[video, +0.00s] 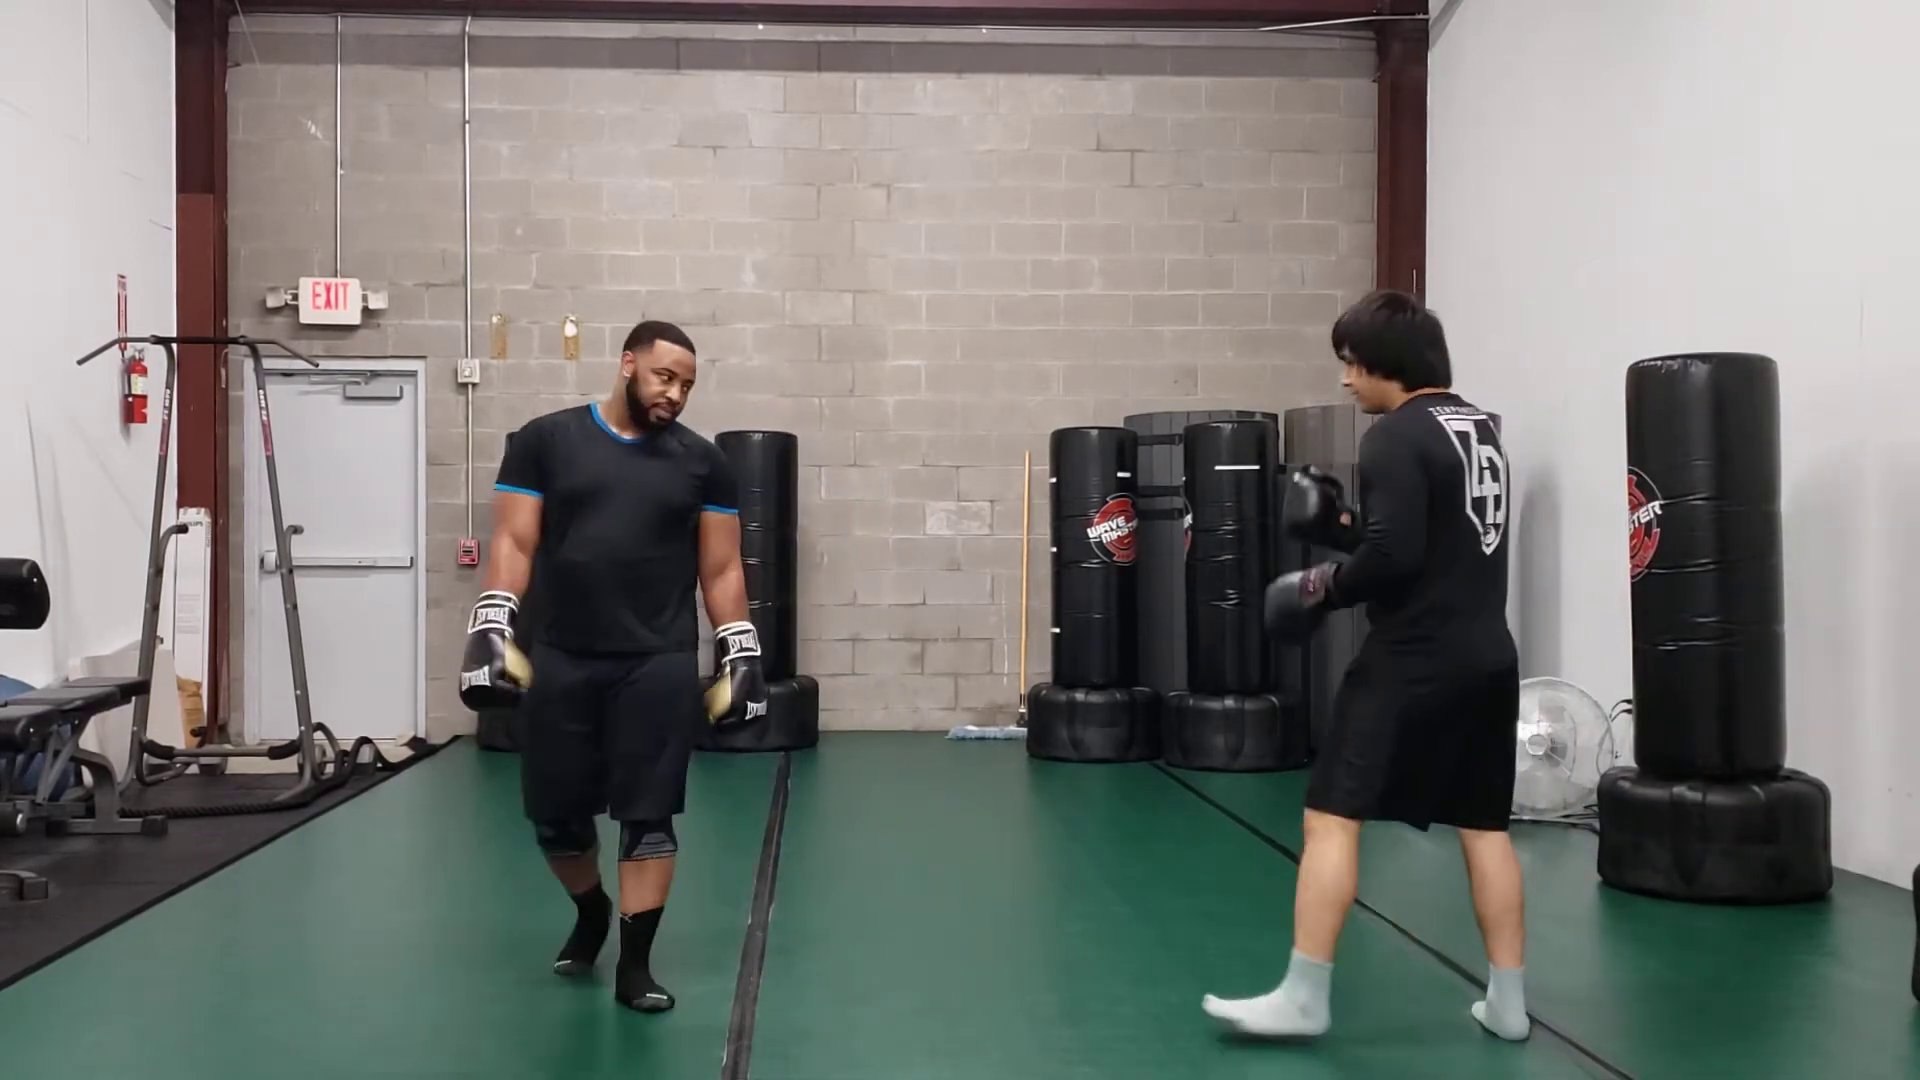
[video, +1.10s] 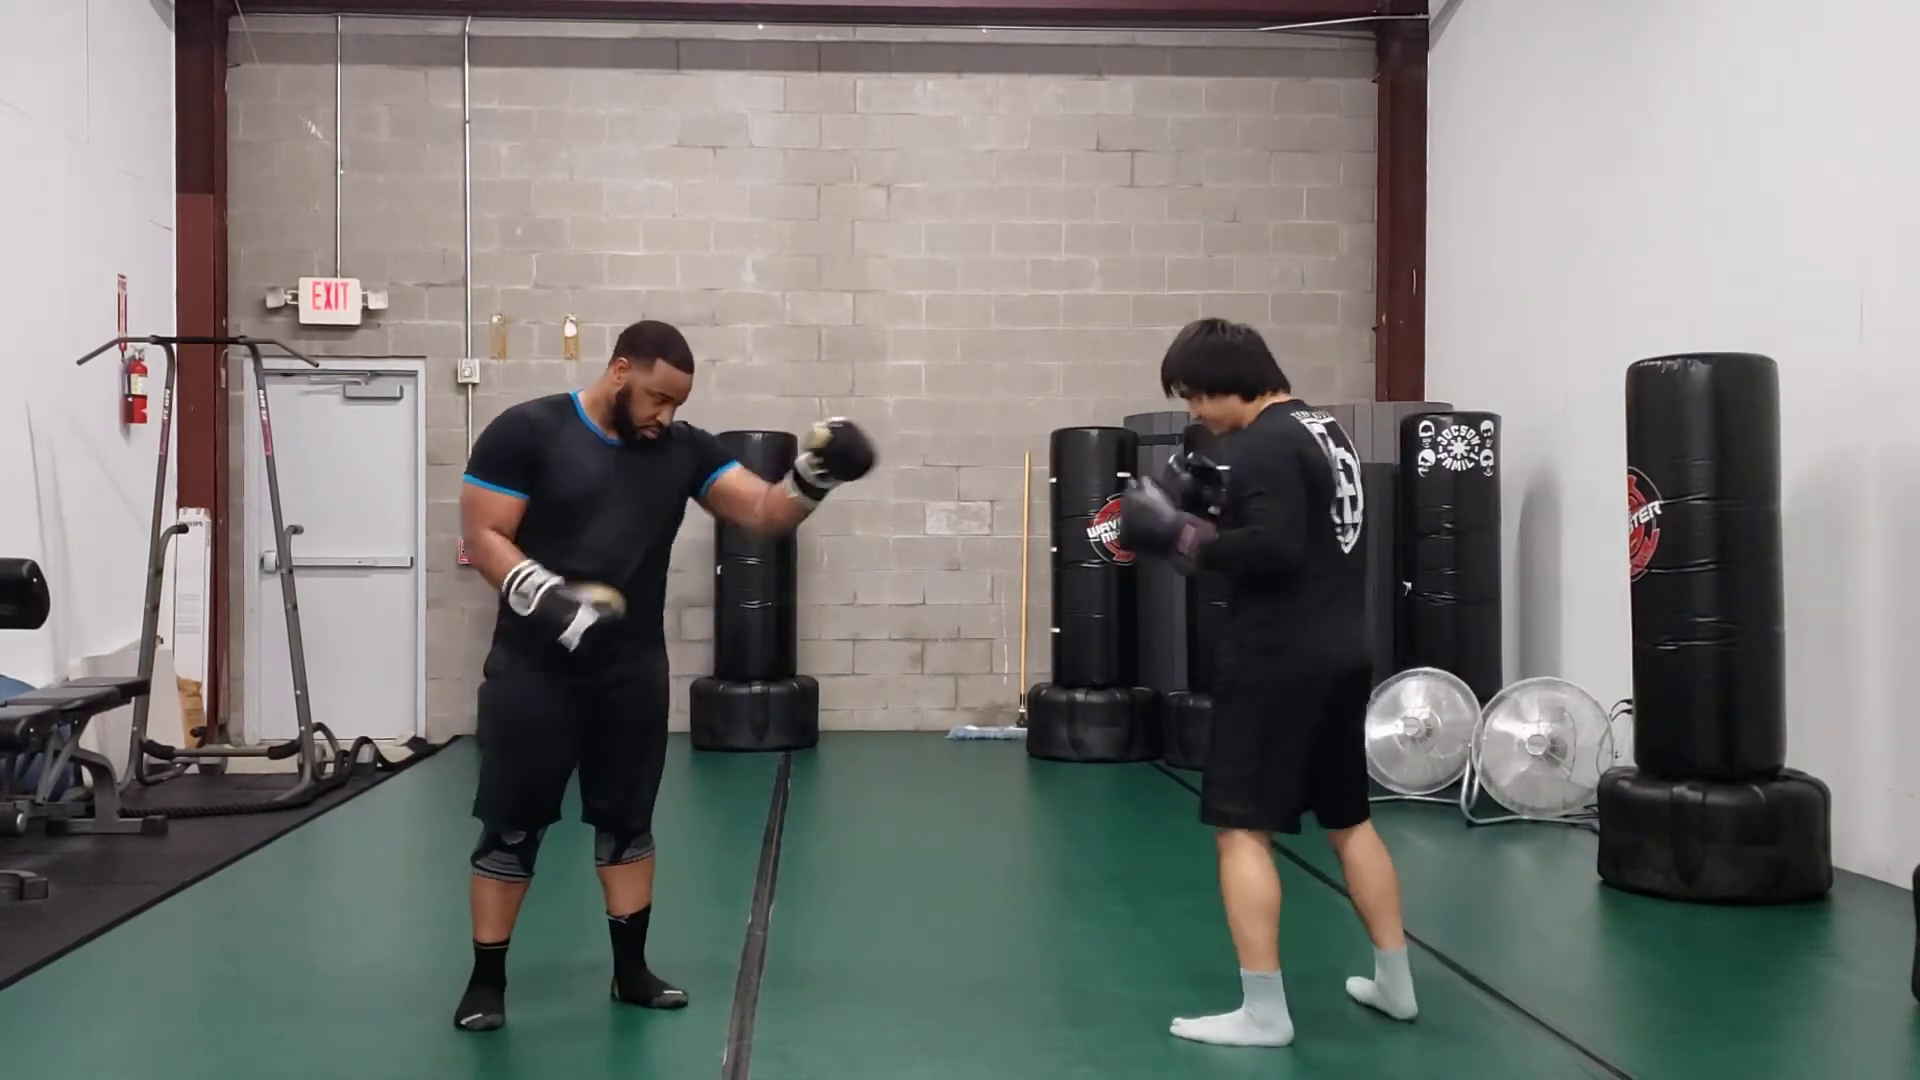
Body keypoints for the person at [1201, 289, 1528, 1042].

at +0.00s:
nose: (1345, 379)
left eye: (1351, 364)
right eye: (1344, 364)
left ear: (1388, 367)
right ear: (1421, 361)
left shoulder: (1396, 437)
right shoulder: (1481, 425)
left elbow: (1392, 556)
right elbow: (1443, 545)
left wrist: (1322, 586)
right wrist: (1344, 526)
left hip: (1407, 665)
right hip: (1486, 660)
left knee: (1331, 814)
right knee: (1485, 824)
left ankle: (1302, 997)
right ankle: (1509, 1004)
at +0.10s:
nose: (1323, 390)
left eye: (1327, 377)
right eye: (1321, 376)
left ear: (1360, 373)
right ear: (1398, 364)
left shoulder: (1377, 439)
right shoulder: (1468, 428)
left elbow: (1361, 552)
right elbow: (1406, 531)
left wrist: (1282, 565)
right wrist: (1324, 480)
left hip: (1389, 666)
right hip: (1472, 664)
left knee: (1320, 821)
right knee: (1477, 823)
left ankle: (1274, 999)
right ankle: (1507, 1002)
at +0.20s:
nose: (1296, 396)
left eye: (1299, 383)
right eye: (1295, 383)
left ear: (1331, 381)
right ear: (1372, 370)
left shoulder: (1342, 446)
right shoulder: (1439, 431)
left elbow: (1296, 544)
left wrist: (1210, 523)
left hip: (1361, 673)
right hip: (1446, 670)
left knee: (1307, 837)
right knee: (1461, 828)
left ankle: (1268, 1012)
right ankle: (1504, 1002)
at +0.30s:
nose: (1270, 392)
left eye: (1273, 380)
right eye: (1268, 379)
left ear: (1303, 381)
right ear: (1352, 368)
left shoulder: (1307, 446)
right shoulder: (1412, 431)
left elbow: (1210, 514)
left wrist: (1136, 488)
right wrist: (1300, 410)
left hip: (1324, 670)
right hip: (1407, 667)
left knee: (1283, 831)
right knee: (1431, 820)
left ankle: (1267, 1013)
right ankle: (1493, 990)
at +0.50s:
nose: (1236, 385)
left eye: (1240, 372)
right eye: (1235, 372)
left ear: (1270, 371)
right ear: (1318, 363)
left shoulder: (1261, 430)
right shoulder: (1382, 426)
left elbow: (1154, 451)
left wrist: (1048, 456)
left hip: (1286, 667)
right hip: (1369, 663)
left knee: (1264, 828)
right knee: (1389, 814)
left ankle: (1265, 1013)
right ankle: (1430, 986)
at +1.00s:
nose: (1190, 403)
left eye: (1192, 388)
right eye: (1186, 389)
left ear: (1226, 378)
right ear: (1261, 370)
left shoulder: (1243, 439)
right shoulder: (1329, 426)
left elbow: (1192, 532)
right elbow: (1276, 525)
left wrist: (1093, 497)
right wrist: (1163, 514)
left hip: (1268, 664)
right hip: (1342, 655)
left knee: (1256, 828)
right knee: (1359, 808)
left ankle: (1265, 1013)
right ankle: (1405, 973)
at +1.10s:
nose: (1192, 414)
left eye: (1194, 398)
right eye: (1187, 400)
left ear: (1232, 388)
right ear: (1253, 381)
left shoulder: (1267, 445)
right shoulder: (1318, 426)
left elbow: (1277, 547)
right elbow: (1301, 535)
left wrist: (1179, 534)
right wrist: (1214, 503)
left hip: (1274, 669)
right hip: (1340, 662)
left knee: (1241, 827)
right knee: (1349, 817)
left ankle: (1263, 1012)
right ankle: (1397, 983)